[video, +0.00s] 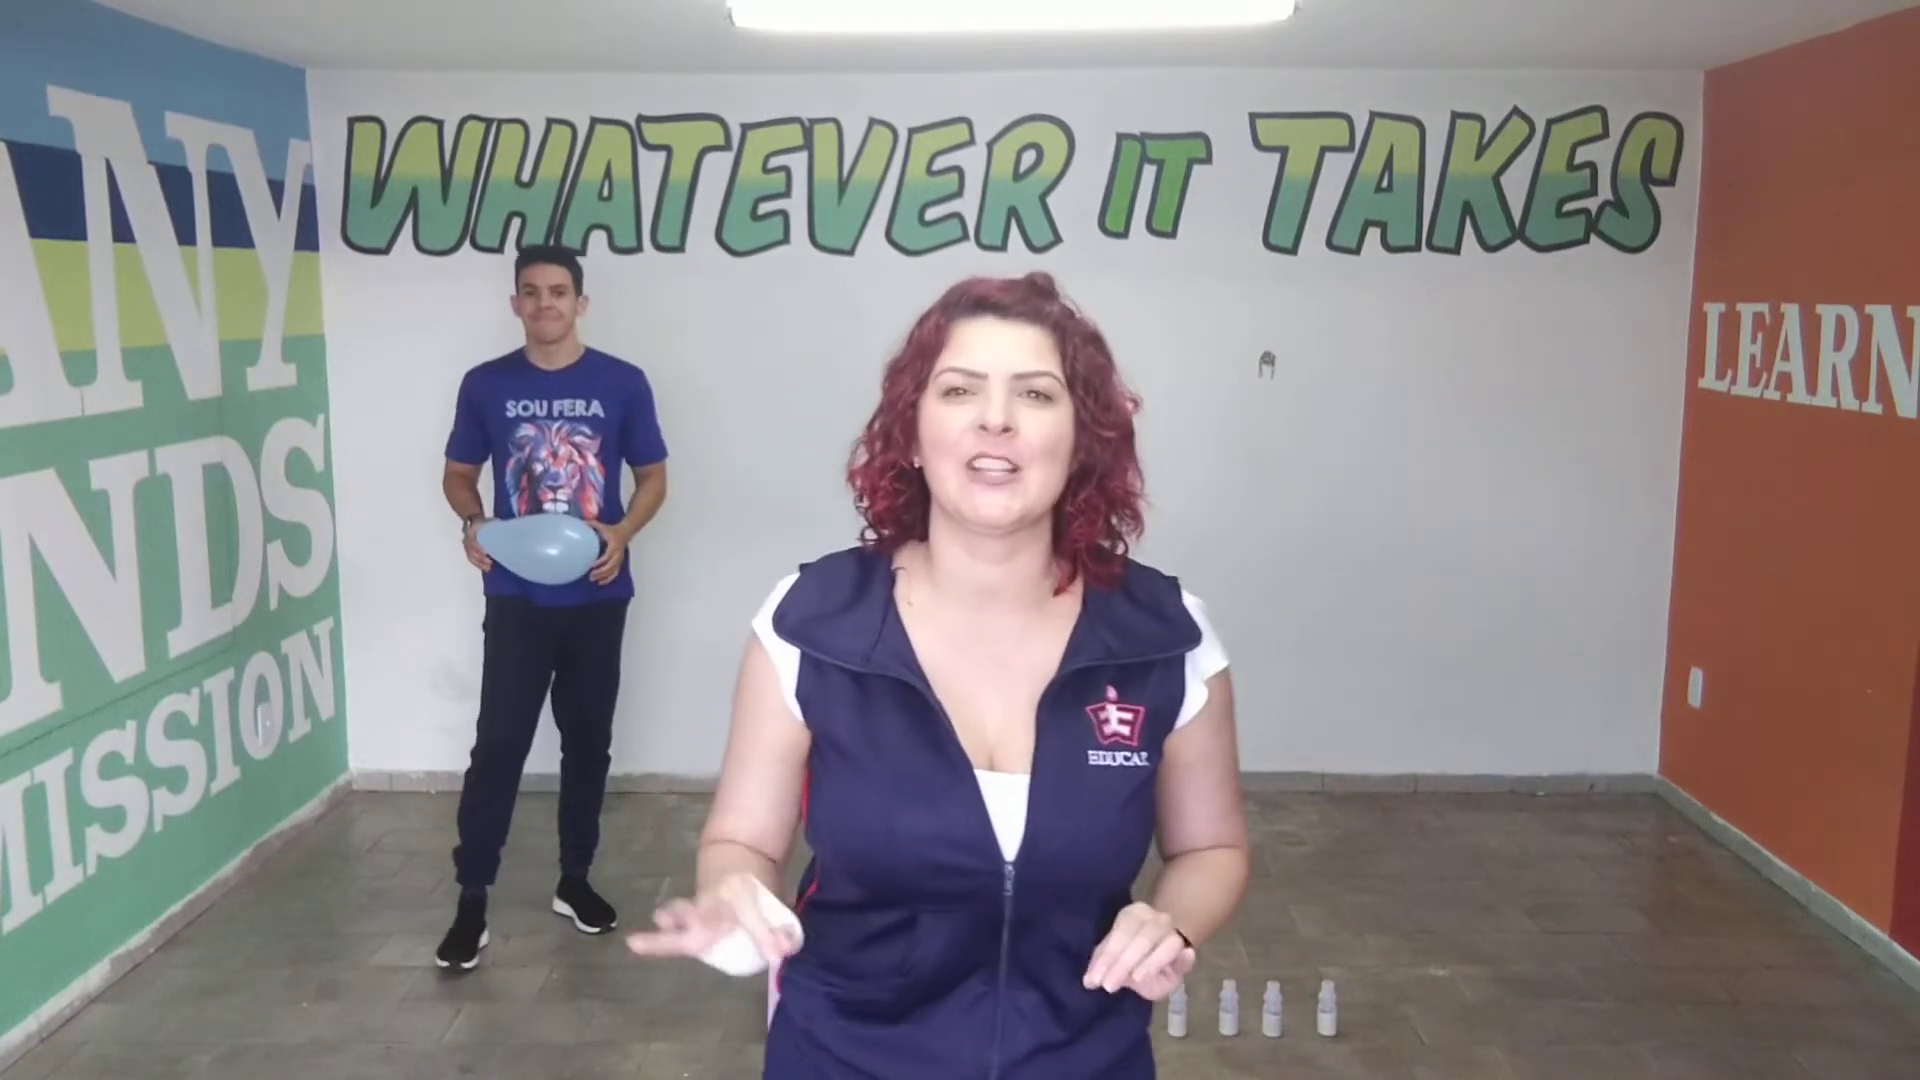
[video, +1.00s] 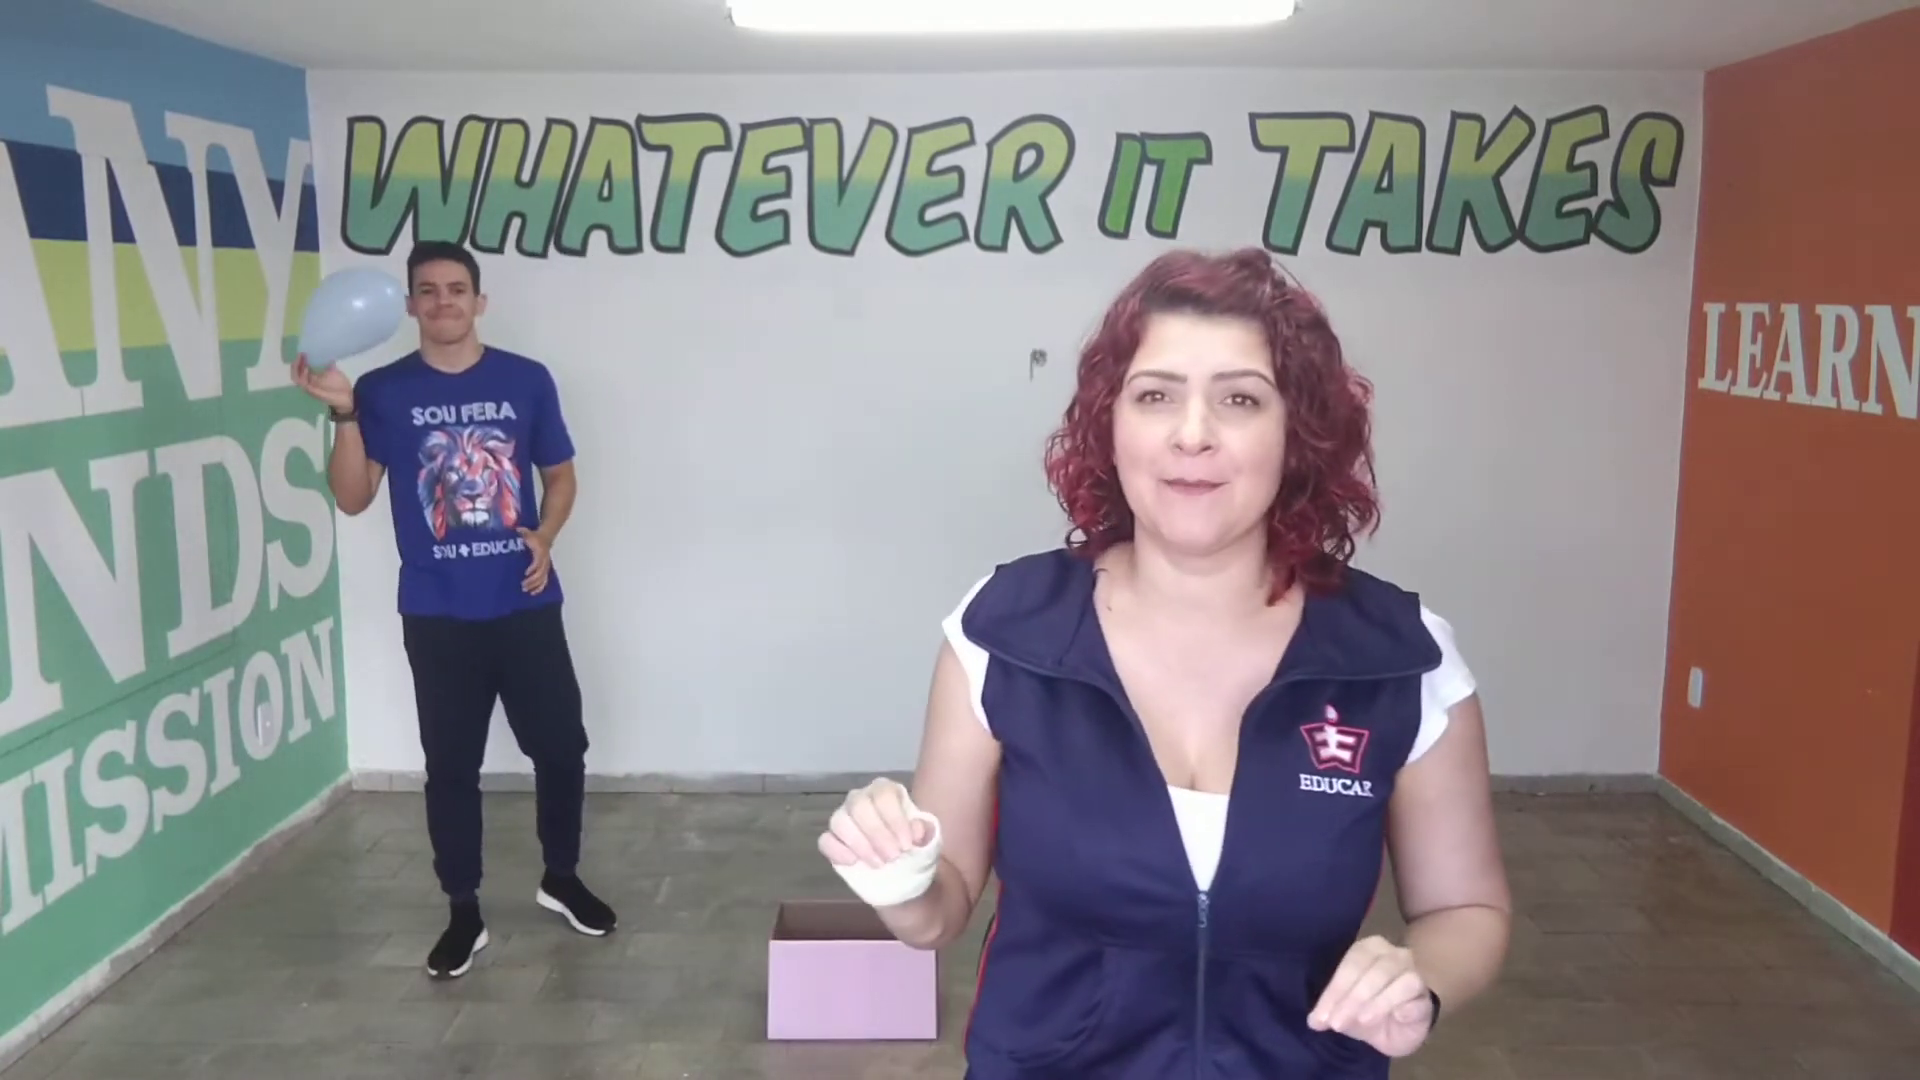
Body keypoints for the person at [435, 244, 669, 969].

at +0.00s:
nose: (543, 304)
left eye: (556, 293)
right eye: (531, 292)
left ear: (580, 302)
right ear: (517, 302)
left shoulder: (623, 385)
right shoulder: (486, 385)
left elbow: (655, 479)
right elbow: (458, 479)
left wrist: (625, 529)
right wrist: (477, 520)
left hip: (597, 598)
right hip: (517, 597)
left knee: (587, 746)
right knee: (498, 748)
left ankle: (574, 882)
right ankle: (471, 905)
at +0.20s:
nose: (528, 302)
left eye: (541, 290)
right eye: (515, 291)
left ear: (565, 301)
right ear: (500, 303)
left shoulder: (608, 385)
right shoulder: (470, 386)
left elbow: (642, 479)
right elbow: (442, 480)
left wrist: (616, 532)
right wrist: (463, 521)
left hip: (585, 600)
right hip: (503, 601)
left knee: (581, 748)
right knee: (491, 752)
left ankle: (575, 882)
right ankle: (467, 907)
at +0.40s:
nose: (507, 299)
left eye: (520, 288)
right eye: (494, 287)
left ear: (544, 300)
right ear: (478, 300)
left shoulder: (587, 383)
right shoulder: (448, 385)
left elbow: (620, 479)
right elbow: (421, 479)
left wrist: (592, 530)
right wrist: (437, 525)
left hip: (565, 604)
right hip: (482, 606)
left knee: (570, 750)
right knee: (477, 757)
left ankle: (574, 882)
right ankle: (466, 911)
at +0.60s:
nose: (482, 301)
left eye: (495, 289)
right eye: (469, 289)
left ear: (520, 301)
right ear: (453, 302)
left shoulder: (565, 384)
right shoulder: (425, 388)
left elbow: (602, 483)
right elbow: (396, 503)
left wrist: (572, 533)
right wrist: (396, 459)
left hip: (543, 608)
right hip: (460, 610)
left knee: (559, 750)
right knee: (463, 762)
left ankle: (572, 882)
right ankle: (465, 912)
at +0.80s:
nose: (459, 302)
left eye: (473, 290)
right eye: (445, 291)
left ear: (496, 300)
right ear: (429, 302)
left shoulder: (544, 383)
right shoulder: (400, 391)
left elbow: (580, 483)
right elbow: (366, 499)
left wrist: (553, 532)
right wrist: (354, 436)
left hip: (532, 608)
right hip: (445, 614)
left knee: (555, 751)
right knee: (453, 765)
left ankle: (572, 881)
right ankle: (464, 913)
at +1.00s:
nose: (441, 303)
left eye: (454, 290)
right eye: (427, 292)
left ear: (478, 301)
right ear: (411, 305)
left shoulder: (525, 381)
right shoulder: (383, 392)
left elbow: (561, 475)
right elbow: (352, 499)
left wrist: (545, 532)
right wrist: (346, 412)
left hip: (527, 609)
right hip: (438, 618)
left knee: (562, 747)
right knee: (449, 770)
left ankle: (562, 879)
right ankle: (463, 914)